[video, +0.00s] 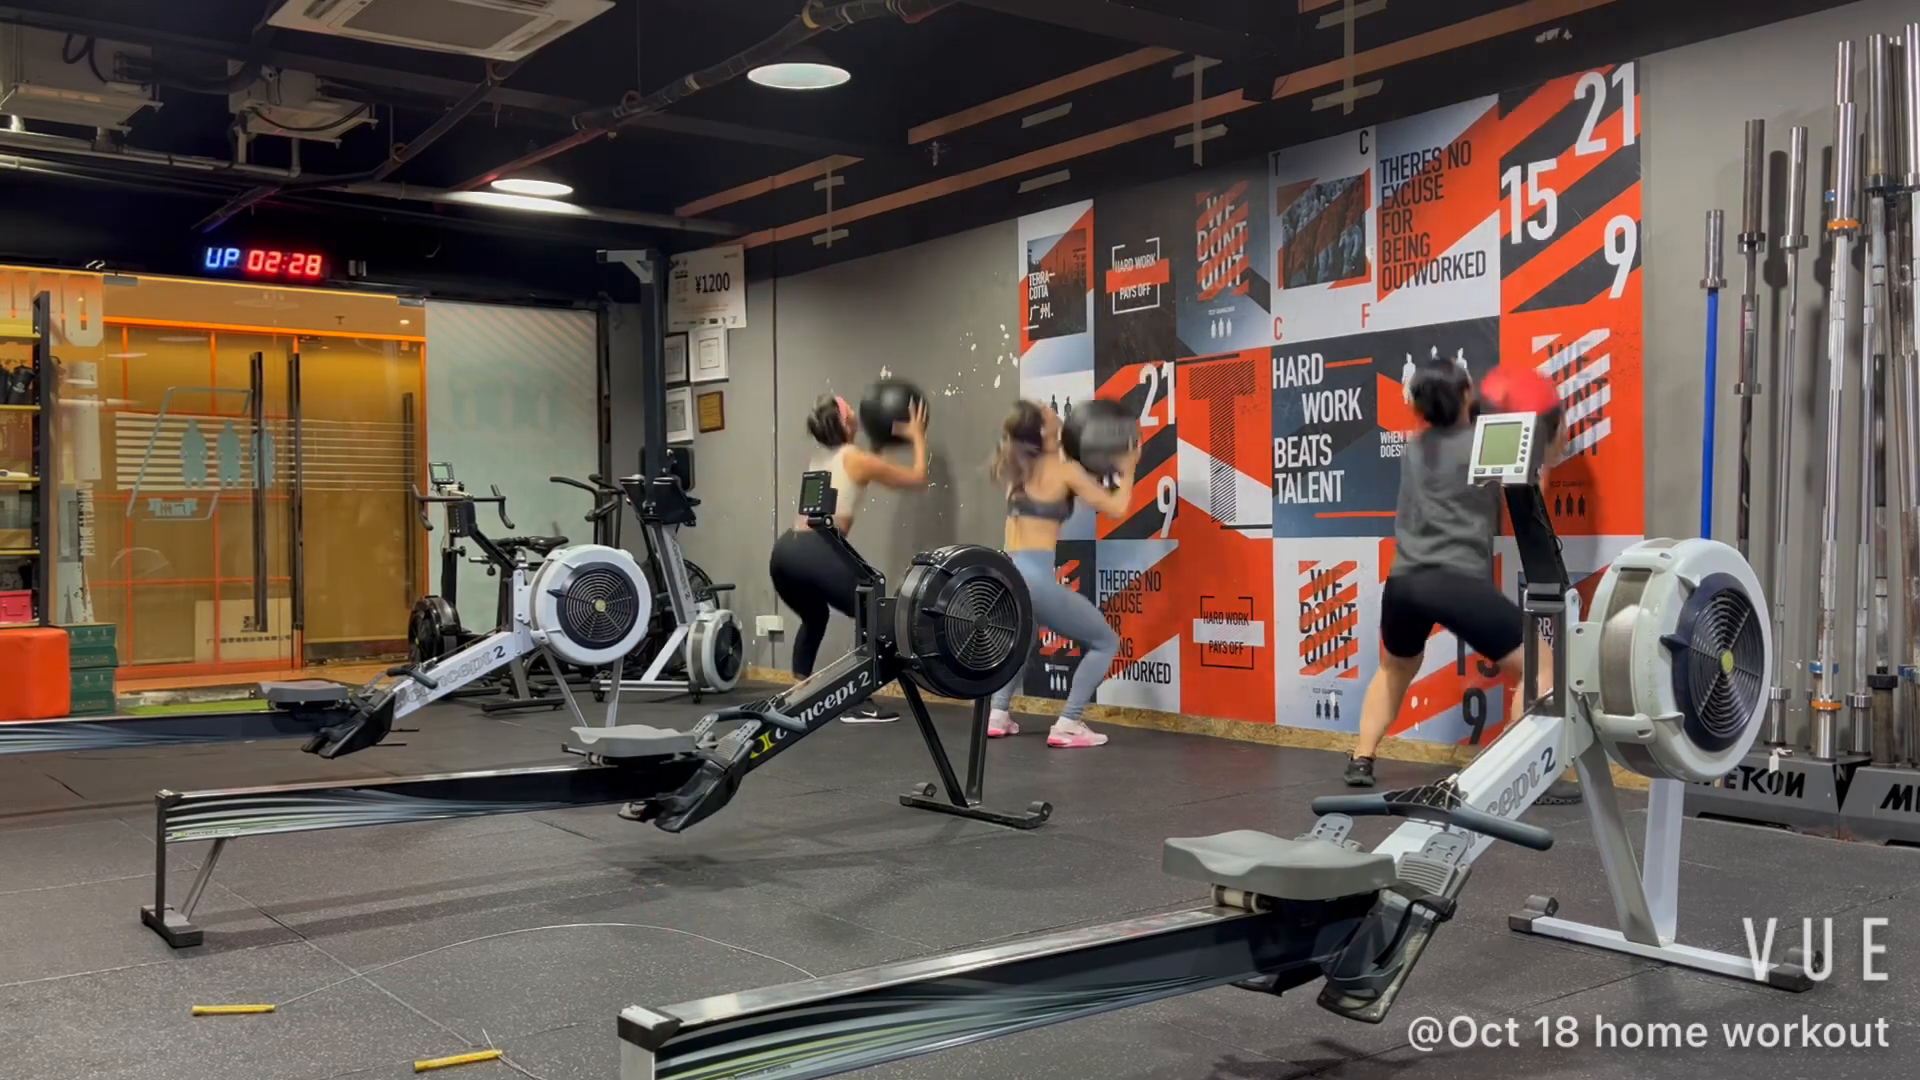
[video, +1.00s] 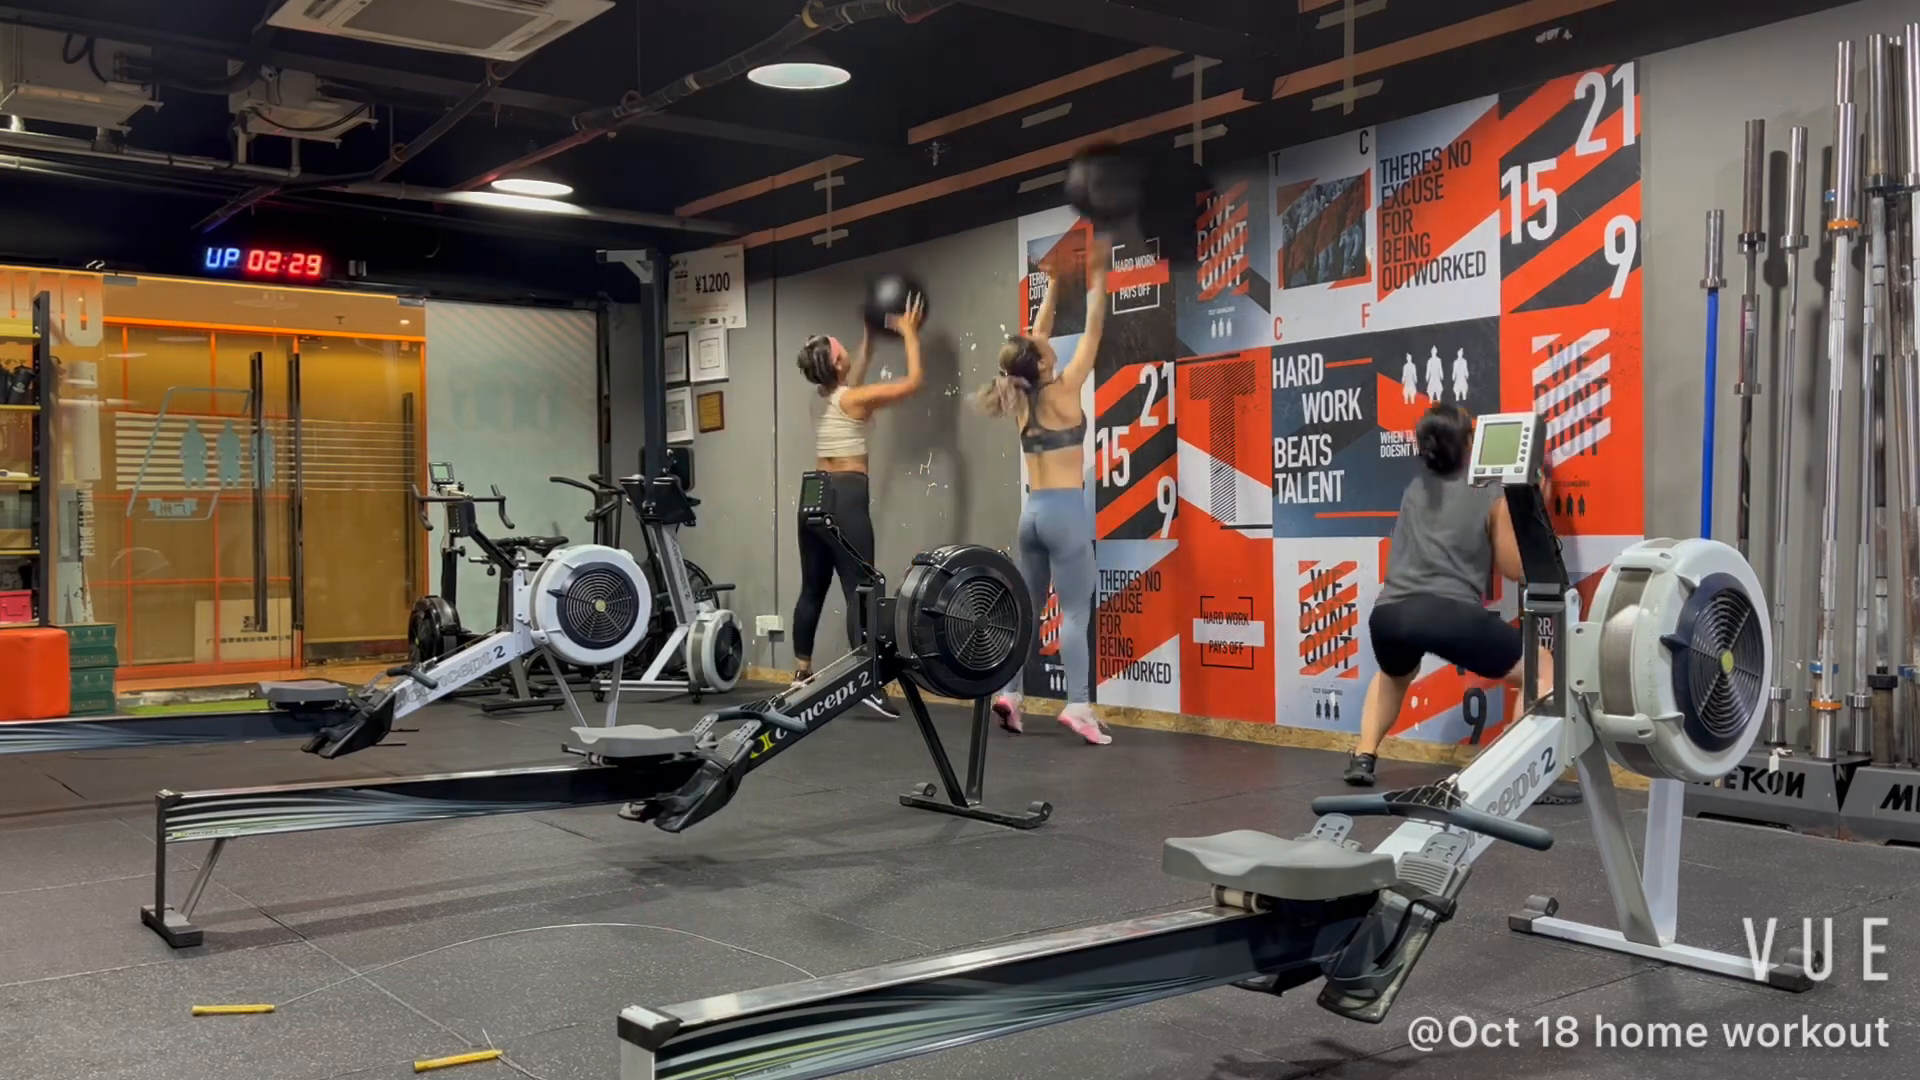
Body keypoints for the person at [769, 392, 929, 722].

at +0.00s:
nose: (851, 408)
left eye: (846, 405)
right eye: (847, 408)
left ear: (824, 429)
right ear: (844, 423)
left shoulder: (819, 460)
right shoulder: (856, 460)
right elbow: (918, 479)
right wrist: (918, 437)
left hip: (785, 553)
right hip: (819, 552)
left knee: (815, 619)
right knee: (874, 612)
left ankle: (798, 696)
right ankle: (856, 701)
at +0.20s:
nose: (875, 482)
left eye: (871, 477)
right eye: (870, 480)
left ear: (843, 490)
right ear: (863, 491)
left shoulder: (830, 518)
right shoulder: (869, 526)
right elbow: (911, 570)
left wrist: (887, 530)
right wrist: (907, 532)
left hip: (781, 609)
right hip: (819, 611)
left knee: (831, 620)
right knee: (886, 630)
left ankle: (804, 693)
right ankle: (856, 701)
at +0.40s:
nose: (879, 496)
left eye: (875, 491)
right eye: (874, 493)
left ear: (846, 502)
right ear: (867, 503)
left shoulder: (832, 528)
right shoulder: (871, 539)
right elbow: (908, 587)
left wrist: (886, 544)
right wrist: (910, 549)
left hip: (777, 620)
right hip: (815, 623)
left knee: (829, 612)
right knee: (887, 631)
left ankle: (804, 691)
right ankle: (856, 701)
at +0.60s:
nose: (878, 458)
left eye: (874, 454)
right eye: (873, 457)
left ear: (849, 472)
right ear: (866, 470)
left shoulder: (836, 499)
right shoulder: (873, 505)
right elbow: (912, 556)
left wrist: (889, 511)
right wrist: (914, 516)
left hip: (777, 580)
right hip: (813, 582)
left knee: (827, 620)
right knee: (884, 619)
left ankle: (804, 693)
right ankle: (857, 700)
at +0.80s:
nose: (867, 403)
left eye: (863, 400)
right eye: (863, 403)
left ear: (844, 421)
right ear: (860, 417)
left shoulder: (833, 453)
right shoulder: (869, 455)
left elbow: (862, 481)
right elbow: (916, 495)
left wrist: (889, 455)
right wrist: (909, 456)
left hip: (793, 544)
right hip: (820, 544)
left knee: (824, 616)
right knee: (873, 606)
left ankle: (800, 691)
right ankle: (858, 698)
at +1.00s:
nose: (846, 351)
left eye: (840, 348)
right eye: (841, 350)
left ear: (822, 371)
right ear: (838, 365)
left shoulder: (825, 400)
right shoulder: (853, 398)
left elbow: (856, 381)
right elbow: (913, 382)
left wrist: (871, 339)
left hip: (814, 497)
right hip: (846, 498)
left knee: (812, 587)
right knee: (859, 588)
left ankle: (802, 674)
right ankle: (867, 680)